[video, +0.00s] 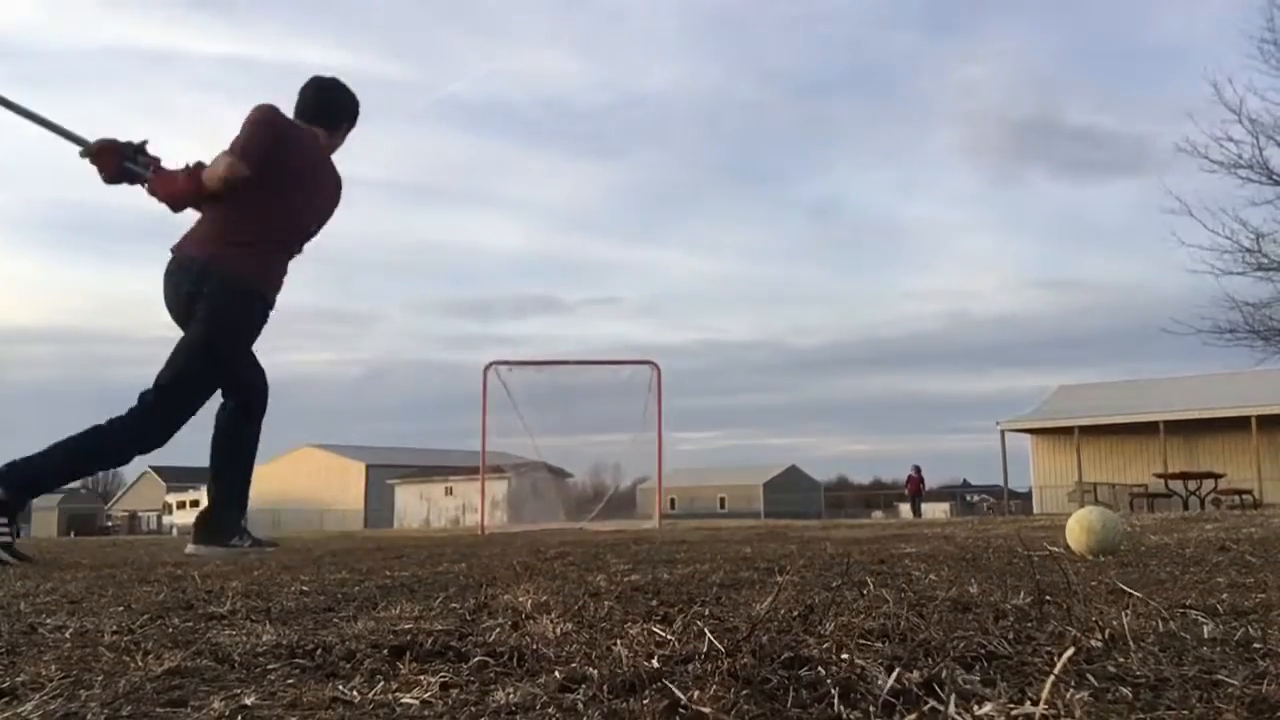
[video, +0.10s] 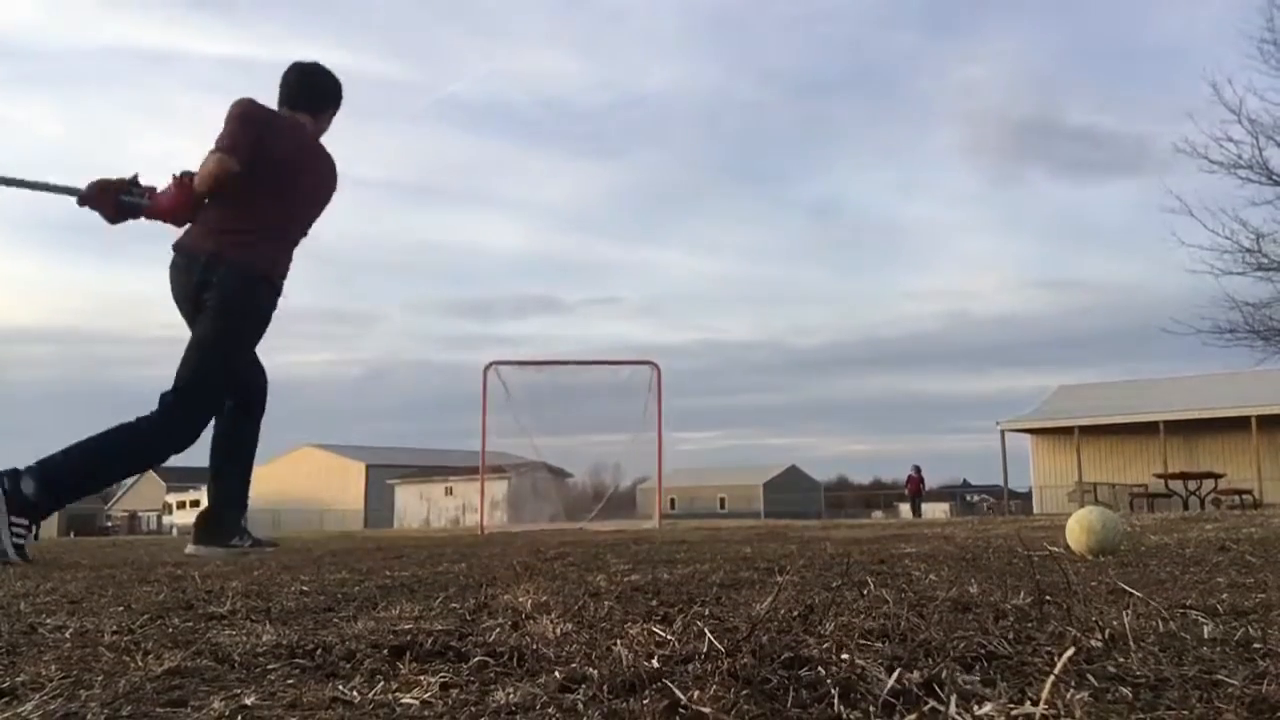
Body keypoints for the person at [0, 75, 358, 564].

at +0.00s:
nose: (343, 140)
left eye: (345, 132)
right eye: (347, 132)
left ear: (302, 107)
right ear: (342, 129)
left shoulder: (269, 120)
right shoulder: (329, 185)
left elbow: (229, 171)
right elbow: (233, 203)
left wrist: (146, 173)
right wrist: (147, 170)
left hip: (183, 278)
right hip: (240, 299)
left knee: (249, 389)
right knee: (151, 424)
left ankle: (222, 527)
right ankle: (10, 488)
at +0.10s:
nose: (326, 125)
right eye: (331, 116)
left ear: (282, 94)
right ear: (329, 113)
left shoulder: (251, 113)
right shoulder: (324, 170)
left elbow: (219, 169)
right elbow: (260, 214)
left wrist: (176, 204)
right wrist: (191, 187)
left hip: (189, 271)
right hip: (247, 287)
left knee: (249, 390)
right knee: (177, 423)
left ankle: (222, 527)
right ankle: (24, 494)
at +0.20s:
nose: (321, 106)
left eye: (318, 99)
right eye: (325, 98)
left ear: (274, 82)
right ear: (322, 95)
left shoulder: (237, 107)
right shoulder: (326, 154)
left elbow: (176, 147)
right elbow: (245, 213)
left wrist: (177, 200)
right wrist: (167, 249)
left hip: (194, 263)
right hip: (250, 275)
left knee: (258, 390)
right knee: (212, 416)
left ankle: (224, 526)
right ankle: (70, 480)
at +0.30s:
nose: (318, 86)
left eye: (312, 78)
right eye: (321, 78)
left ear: (268, 66)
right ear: (318, 75)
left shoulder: (224, 102)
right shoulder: (328, 133)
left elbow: (144, 154)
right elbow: (300, 217)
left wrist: (179, 203)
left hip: (189, 253)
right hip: (244, 259)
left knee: (247, 395)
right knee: (266, 410)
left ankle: (222, 527)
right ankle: (134, 479)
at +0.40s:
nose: (316, 62)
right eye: (319, 53)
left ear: (264, 46)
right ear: (316, 51)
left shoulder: (220, 94)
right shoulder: (320, 109)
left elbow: (154, 162)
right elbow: (330, 199)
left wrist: (209, 202)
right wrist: (348, 261)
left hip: (189, 250)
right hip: (242, 253)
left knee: (243, 390)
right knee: (293, 397)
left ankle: (224, 520)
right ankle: (203, 511)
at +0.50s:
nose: (314, 39)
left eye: (307, 29)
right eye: (316, 29)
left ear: (261, 24)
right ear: (313, 27)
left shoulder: (223, 79)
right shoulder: (309, 79)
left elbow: (169, 162)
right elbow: (348, 174)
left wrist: (227, 197)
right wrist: (407, 225)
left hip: (198, 238)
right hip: (247, 239)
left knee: (242, 386)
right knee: (293, 391)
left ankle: (225, 522)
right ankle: (196, 513)